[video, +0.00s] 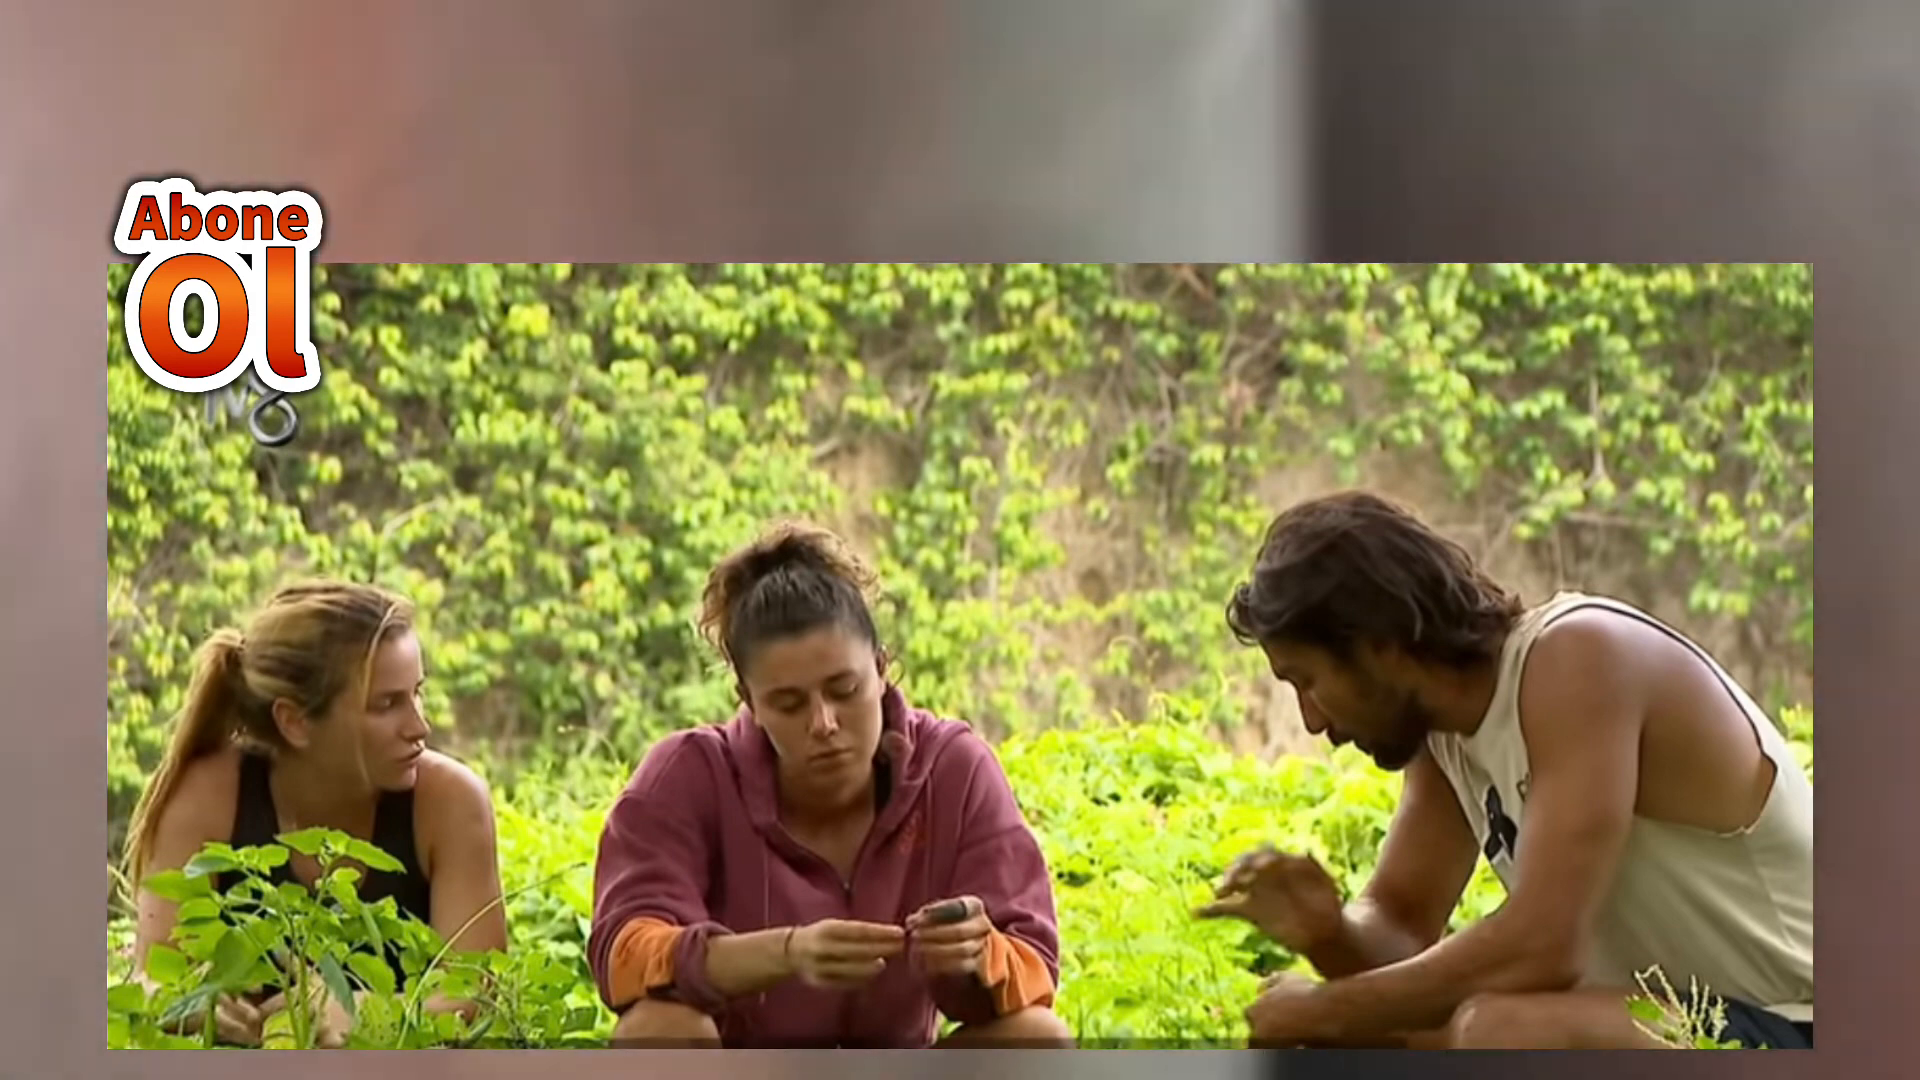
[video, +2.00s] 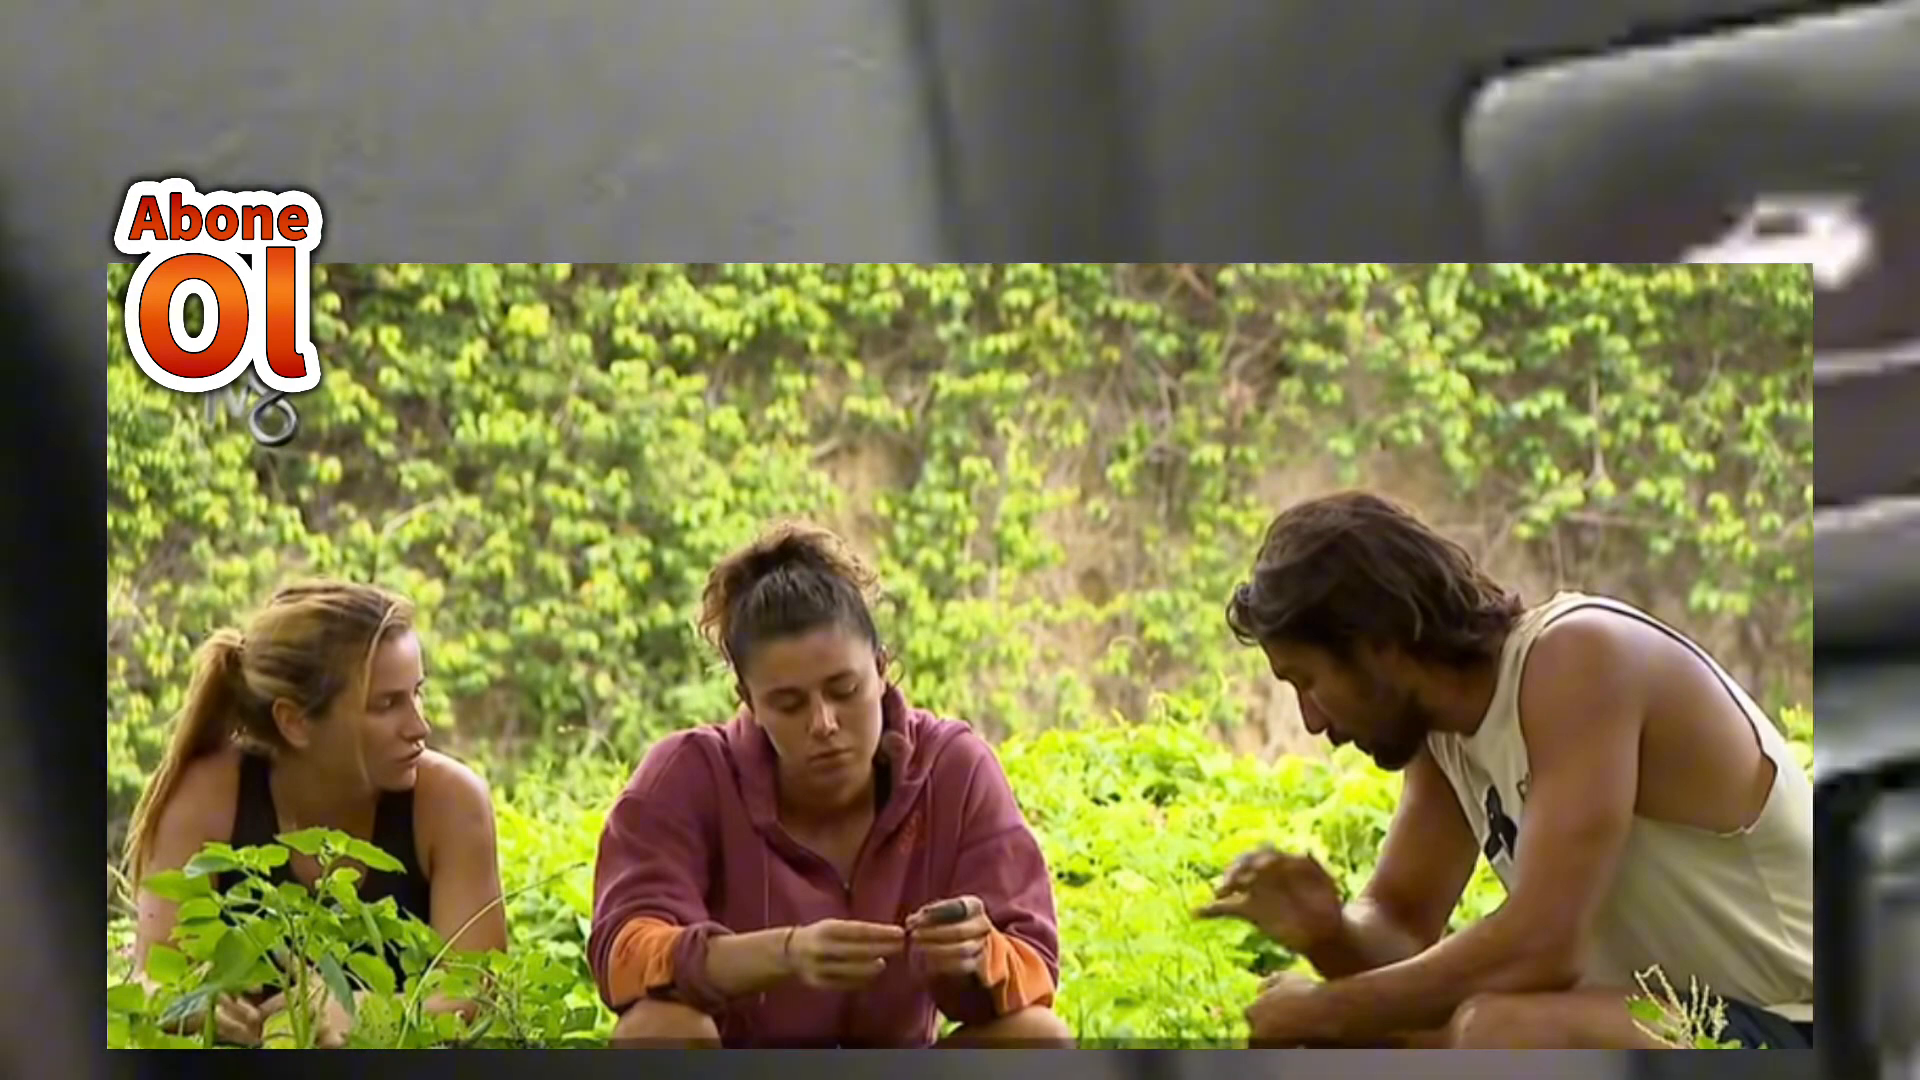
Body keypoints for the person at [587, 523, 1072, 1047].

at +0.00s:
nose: (824, 725)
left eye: (844, 690)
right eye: (789, 703)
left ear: (881, 670)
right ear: (747, 698)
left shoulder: (955, 766)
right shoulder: (687, 773)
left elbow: (1030, 970)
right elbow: (629, 957)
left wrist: (977, 954)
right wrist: (786, 952)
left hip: (898, 1062)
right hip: (739, 1063)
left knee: (1037, 1037)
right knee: (658, 1026)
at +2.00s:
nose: (824, 725)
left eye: (844, 690)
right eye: (789, 703)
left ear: (881, 670)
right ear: (747, 699)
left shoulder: (955, 766)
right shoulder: (687, 773)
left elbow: (1030, 970)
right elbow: (630, 957)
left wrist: (977, 953)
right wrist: (785, 953)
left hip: (897, 1061)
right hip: (739, 1062)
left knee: (1037, 1037)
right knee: (659, 1026)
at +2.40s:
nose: (824, 725)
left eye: (844, 690)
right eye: (789, 703)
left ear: (881, 670)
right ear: (747, 698)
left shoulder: (955, 765)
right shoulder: (687, 773)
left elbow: (1031, 969)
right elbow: (629, 958)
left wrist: (978, 953)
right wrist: (787, 952)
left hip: (899, 1064)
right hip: (738, 1065)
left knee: (1037, 1037)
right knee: (658, 1027)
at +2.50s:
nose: (824, 725)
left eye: (844, 690)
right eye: (789, 703)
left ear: (880, 670)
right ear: (747, 698)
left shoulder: (955, 766)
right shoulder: (687, 774)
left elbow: (1031, 970)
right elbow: (629, 957)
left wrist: (978, 953)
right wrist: (787, 951)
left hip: (898, 1062)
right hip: (738, 1063)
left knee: (1038, 1037)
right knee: (659, 1027)